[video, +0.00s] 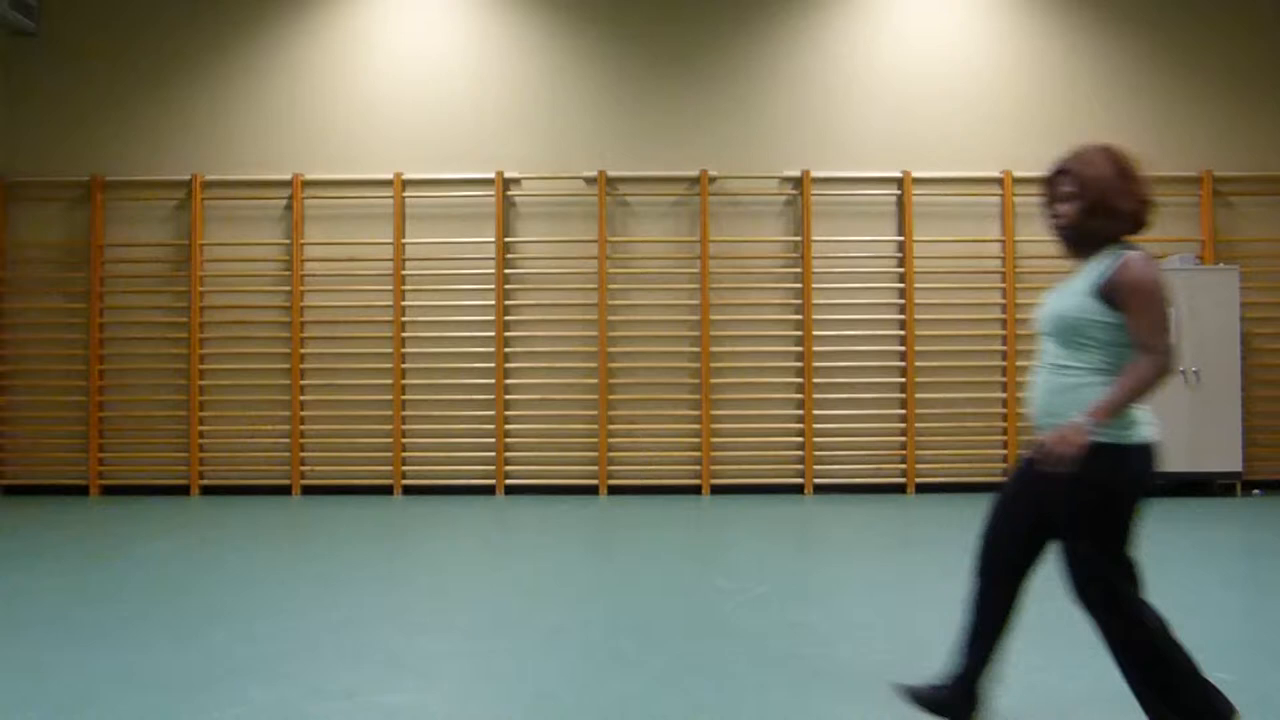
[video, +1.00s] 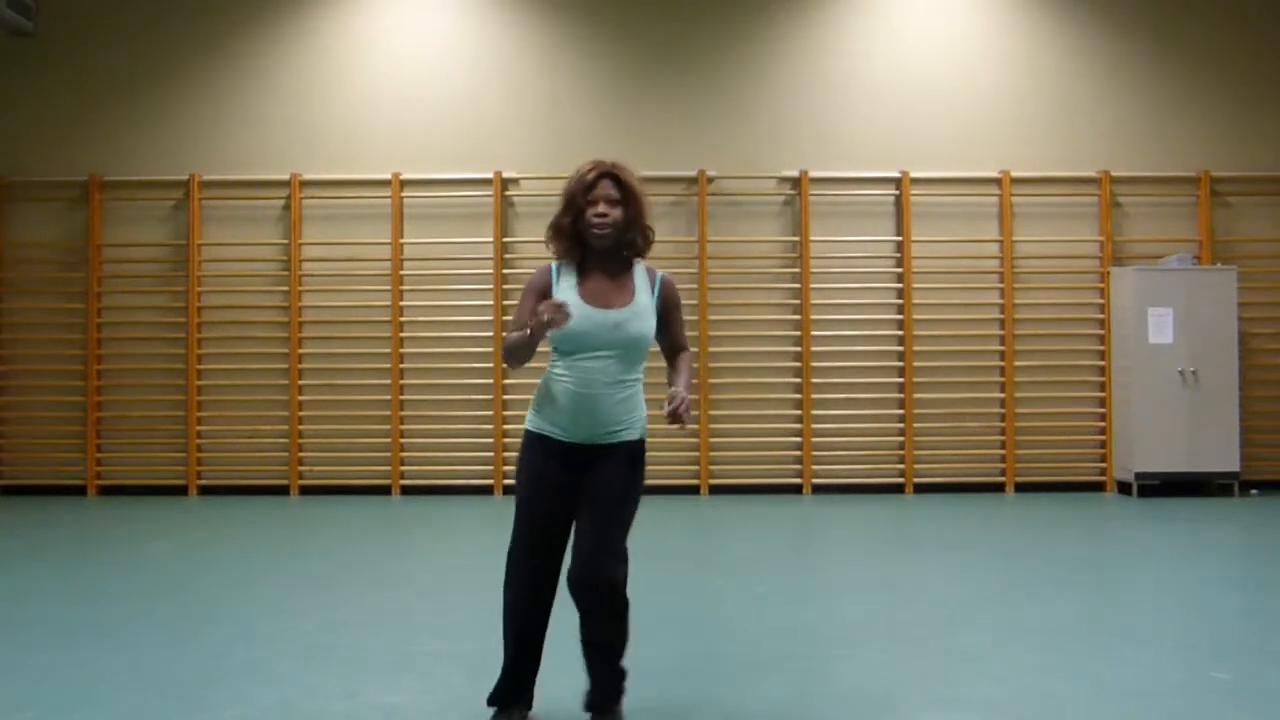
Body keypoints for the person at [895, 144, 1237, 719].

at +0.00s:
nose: (1057, 207)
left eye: (1070, 196)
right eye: (1052, 197)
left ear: (1106, 201)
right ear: (1050, 203)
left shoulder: (1132, 268)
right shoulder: (1086, 271)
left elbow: (1155, 357)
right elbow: (1088, 364)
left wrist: (1087, 423)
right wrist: (1050, 430)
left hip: (1106, 454)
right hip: (1059, 450)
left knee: (1104, 586)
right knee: (1001, 559)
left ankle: (1199, 710)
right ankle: (960, 690)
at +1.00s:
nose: (602, 212)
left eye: (613, 202)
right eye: (591, 202)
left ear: (631, 213)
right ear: (574, 213)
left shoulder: (657, 287)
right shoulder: (549, 278)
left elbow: (678, 350)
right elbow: (512, 357)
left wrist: (681, 387)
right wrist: (536, 329)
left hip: (619, 444)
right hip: (550, 440)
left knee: (597, 574)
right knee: (528, 574)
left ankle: (606, 699)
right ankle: (512, 701)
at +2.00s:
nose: (577, 229)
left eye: (586, 220)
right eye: (566, 221)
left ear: (601, 229)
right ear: (550, 231)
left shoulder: (625, 299)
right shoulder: (526, 295)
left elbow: (648, 380)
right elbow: (507, 373)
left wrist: (635, 432)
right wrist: (473, 356)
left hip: (602, 461)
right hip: (534, 460)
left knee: (602, 587)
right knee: (522, 588)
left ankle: (600, 707)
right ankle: (515, 707)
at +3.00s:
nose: (522, 215)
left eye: (532, 207)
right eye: (512, 208)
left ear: (549, 218)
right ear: (496, 220)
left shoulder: (571, 284)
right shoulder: (489, 280)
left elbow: (603, 357)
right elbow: (476, 352)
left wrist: (603, 419)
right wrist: (432, 402)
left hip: (556, 444)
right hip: (489, 444)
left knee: (576, 569)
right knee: (458, 563)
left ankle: (600, 696)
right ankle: (423, 689)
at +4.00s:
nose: (324, 248)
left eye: (335, 240)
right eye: (315, 239)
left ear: (352, 252)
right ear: (299, 249)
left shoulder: (372, 323)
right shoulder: (270, 312)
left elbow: (371, 390)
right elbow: (226, 372)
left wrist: (357, 439)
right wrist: (241, 434)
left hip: (321, 470)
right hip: (258, 461)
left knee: (279, 570)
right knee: (238, 573)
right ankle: (232, 689)